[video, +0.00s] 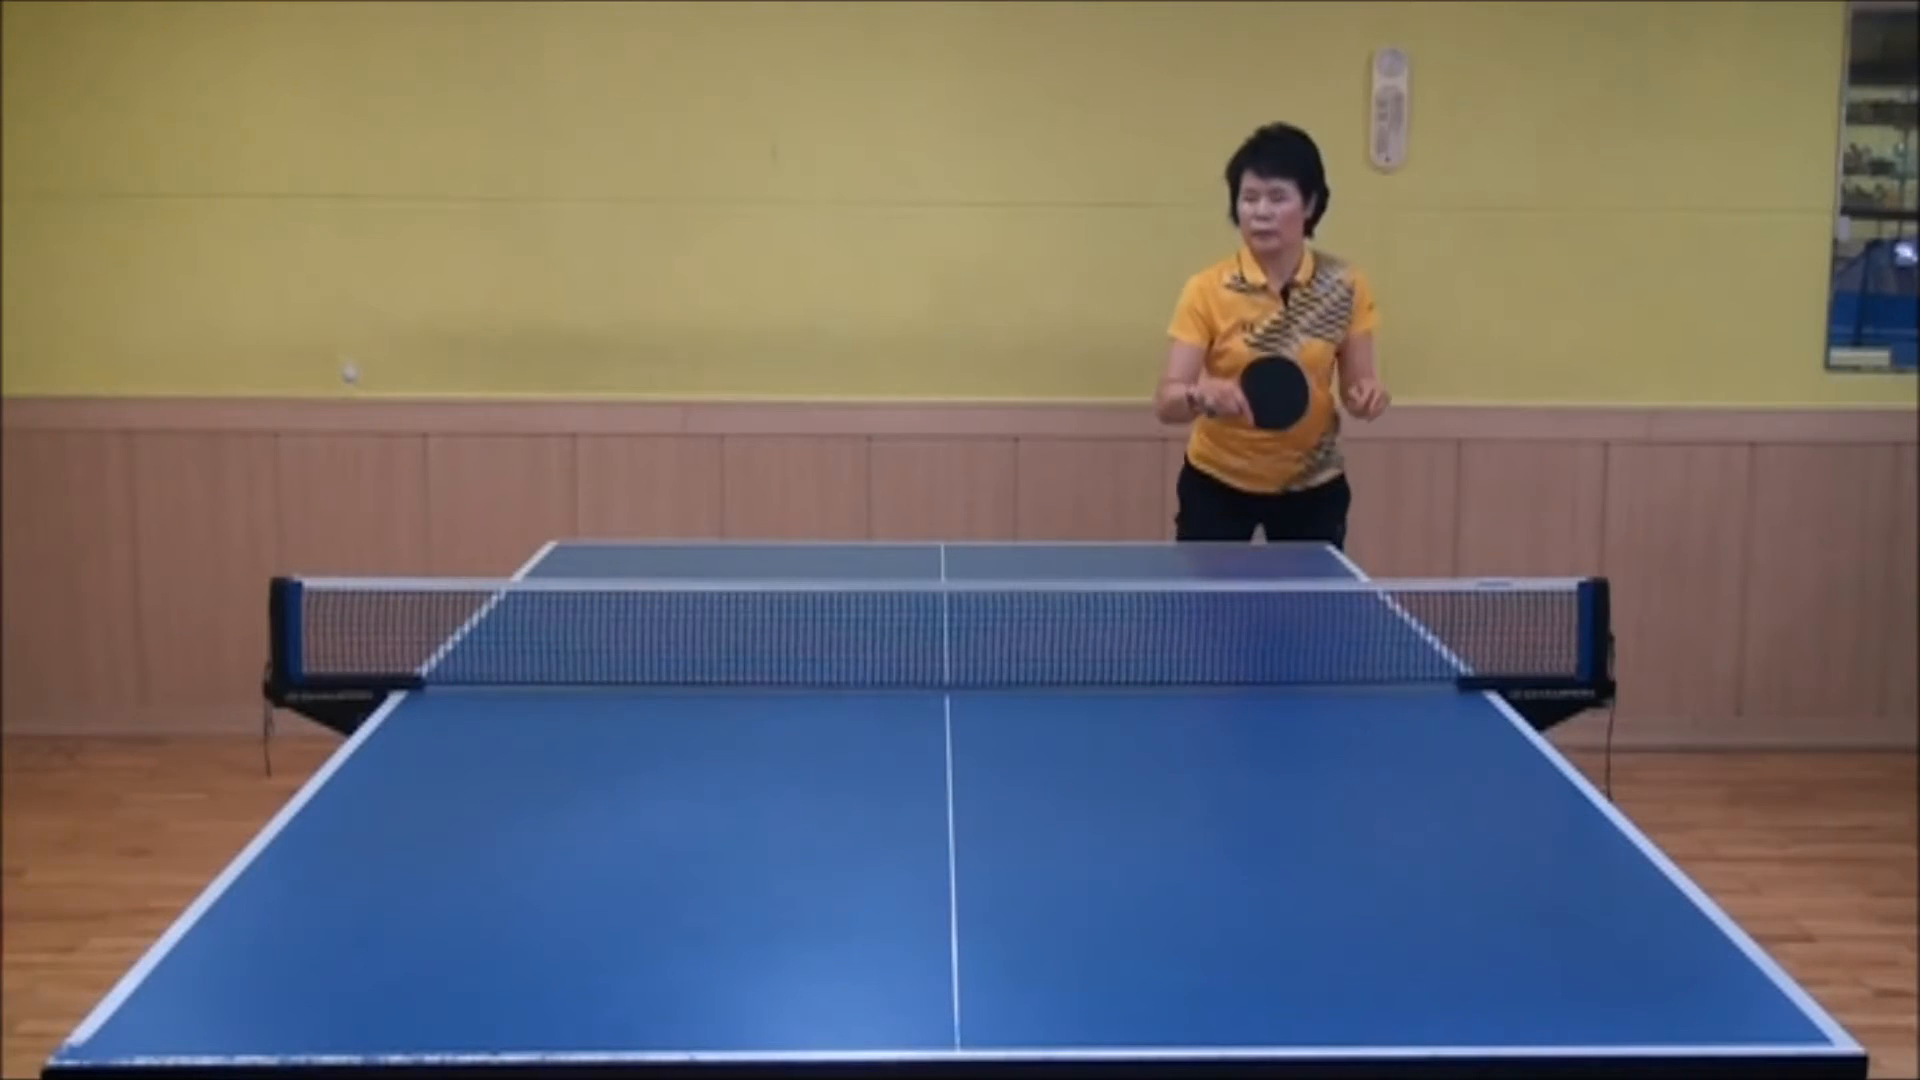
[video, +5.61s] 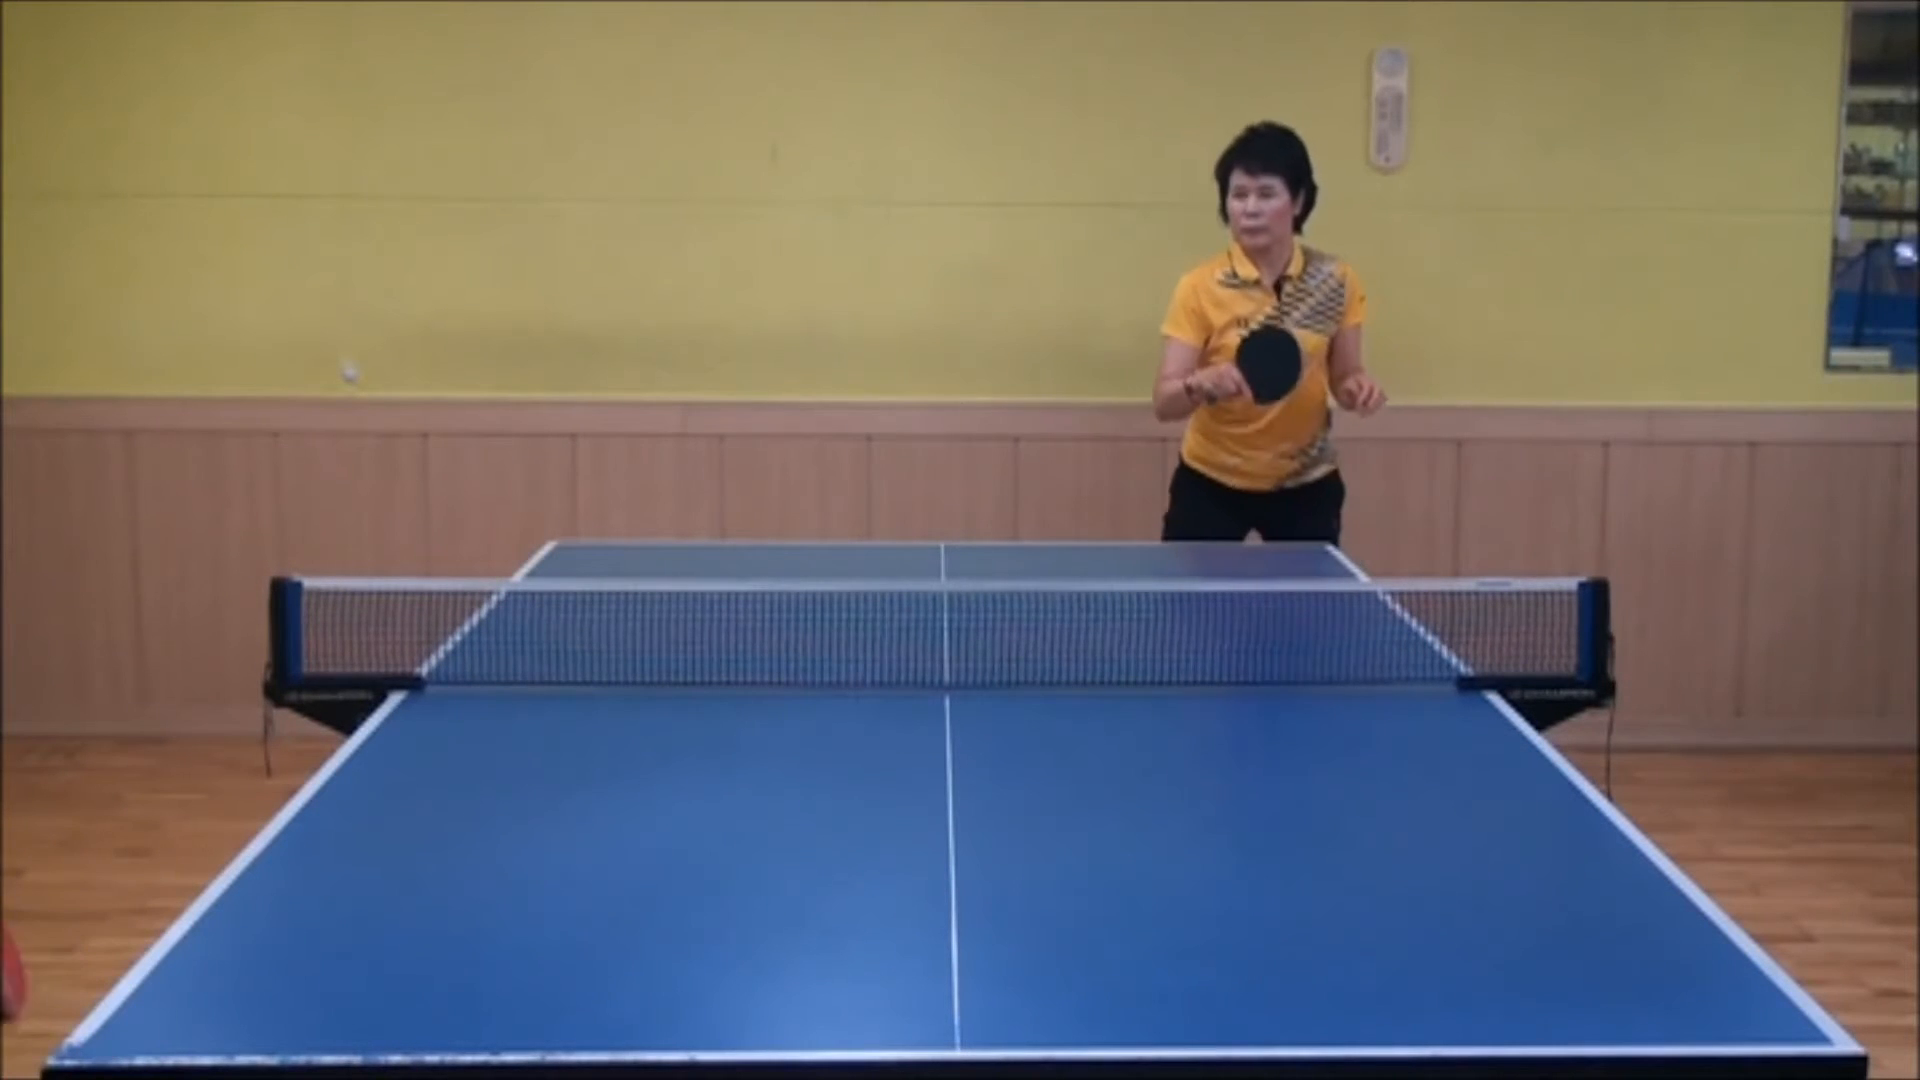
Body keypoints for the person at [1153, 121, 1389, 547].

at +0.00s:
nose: (1262, 212)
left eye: (1278, 197)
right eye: (1250, 197)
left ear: (1310, 205)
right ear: (1235, 205)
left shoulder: (1345, 290)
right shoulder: (1206, 291)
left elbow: (1357, 389)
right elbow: (1167, 404)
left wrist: (1367, 398)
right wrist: (1202, 395)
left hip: (1310, 488)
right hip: (1218, 484)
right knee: (1203, 604)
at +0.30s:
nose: (1221, 208)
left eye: (1237, 195)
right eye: (1210, 194)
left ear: (1267, 205)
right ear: (1194, 203)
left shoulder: (1298, 289)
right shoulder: (1162, 287)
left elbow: (1300, 386)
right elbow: (1129, 401)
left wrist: (1312, 399)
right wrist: (1162, 391)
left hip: (1264, 491)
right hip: (1171, 488)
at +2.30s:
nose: (1247, 236)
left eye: (1262, 220)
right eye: (1234, 222)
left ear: (1290, 221)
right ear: (1217, 229)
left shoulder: (1328, 300)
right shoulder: (1195, 308)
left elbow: (1341, 413)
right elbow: (1154, 415)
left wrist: (1330, 387)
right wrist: (1201, 419)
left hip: (1306, 507)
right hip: (1213, 507)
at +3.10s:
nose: (1301, 258)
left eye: (1315, 242)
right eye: (1286, 244)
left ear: (1341, 241)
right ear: (1267, 249)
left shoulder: (1368, 317)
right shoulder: (1242, 322)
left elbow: (1374, 397)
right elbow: (1200, 429)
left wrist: (1361, 402)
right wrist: (1271, 413)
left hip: (1329, 507)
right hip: (1240, 507)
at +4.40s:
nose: (1306, 285)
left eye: (1321, 269)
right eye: (1291, 271)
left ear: (1350, 276)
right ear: (1274, 281)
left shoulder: (1371, 356)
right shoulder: (1251, 359)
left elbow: (1377, 460)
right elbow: (1205, 454)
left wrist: (1403, 448)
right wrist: (1236, 480)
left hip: (1327, 539)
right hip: (1238, 539)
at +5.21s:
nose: (1276, 226)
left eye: (1291, 210)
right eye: (1262, 212)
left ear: (1323, 218)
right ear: (1246, 224)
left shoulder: (1357, 298)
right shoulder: (1224, 312)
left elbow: (1373, 416)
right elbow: (1185, 429)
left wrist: (1382, 397)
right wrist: (1225, 412)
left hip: (1335, 507)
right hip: (1246, 507)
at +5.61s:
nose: (1250, 208)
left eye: (1267, 194)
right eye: (1239, 194)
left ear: (1299, 202)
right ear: (1224, 203)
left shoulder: (1336, 284)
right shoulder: (1200, 288)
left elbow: (1345, 376)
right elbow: (1164, 403)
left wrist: (1359, 391)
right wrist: (1201, 385)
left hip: (1304, 489)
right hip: (1211, 486)